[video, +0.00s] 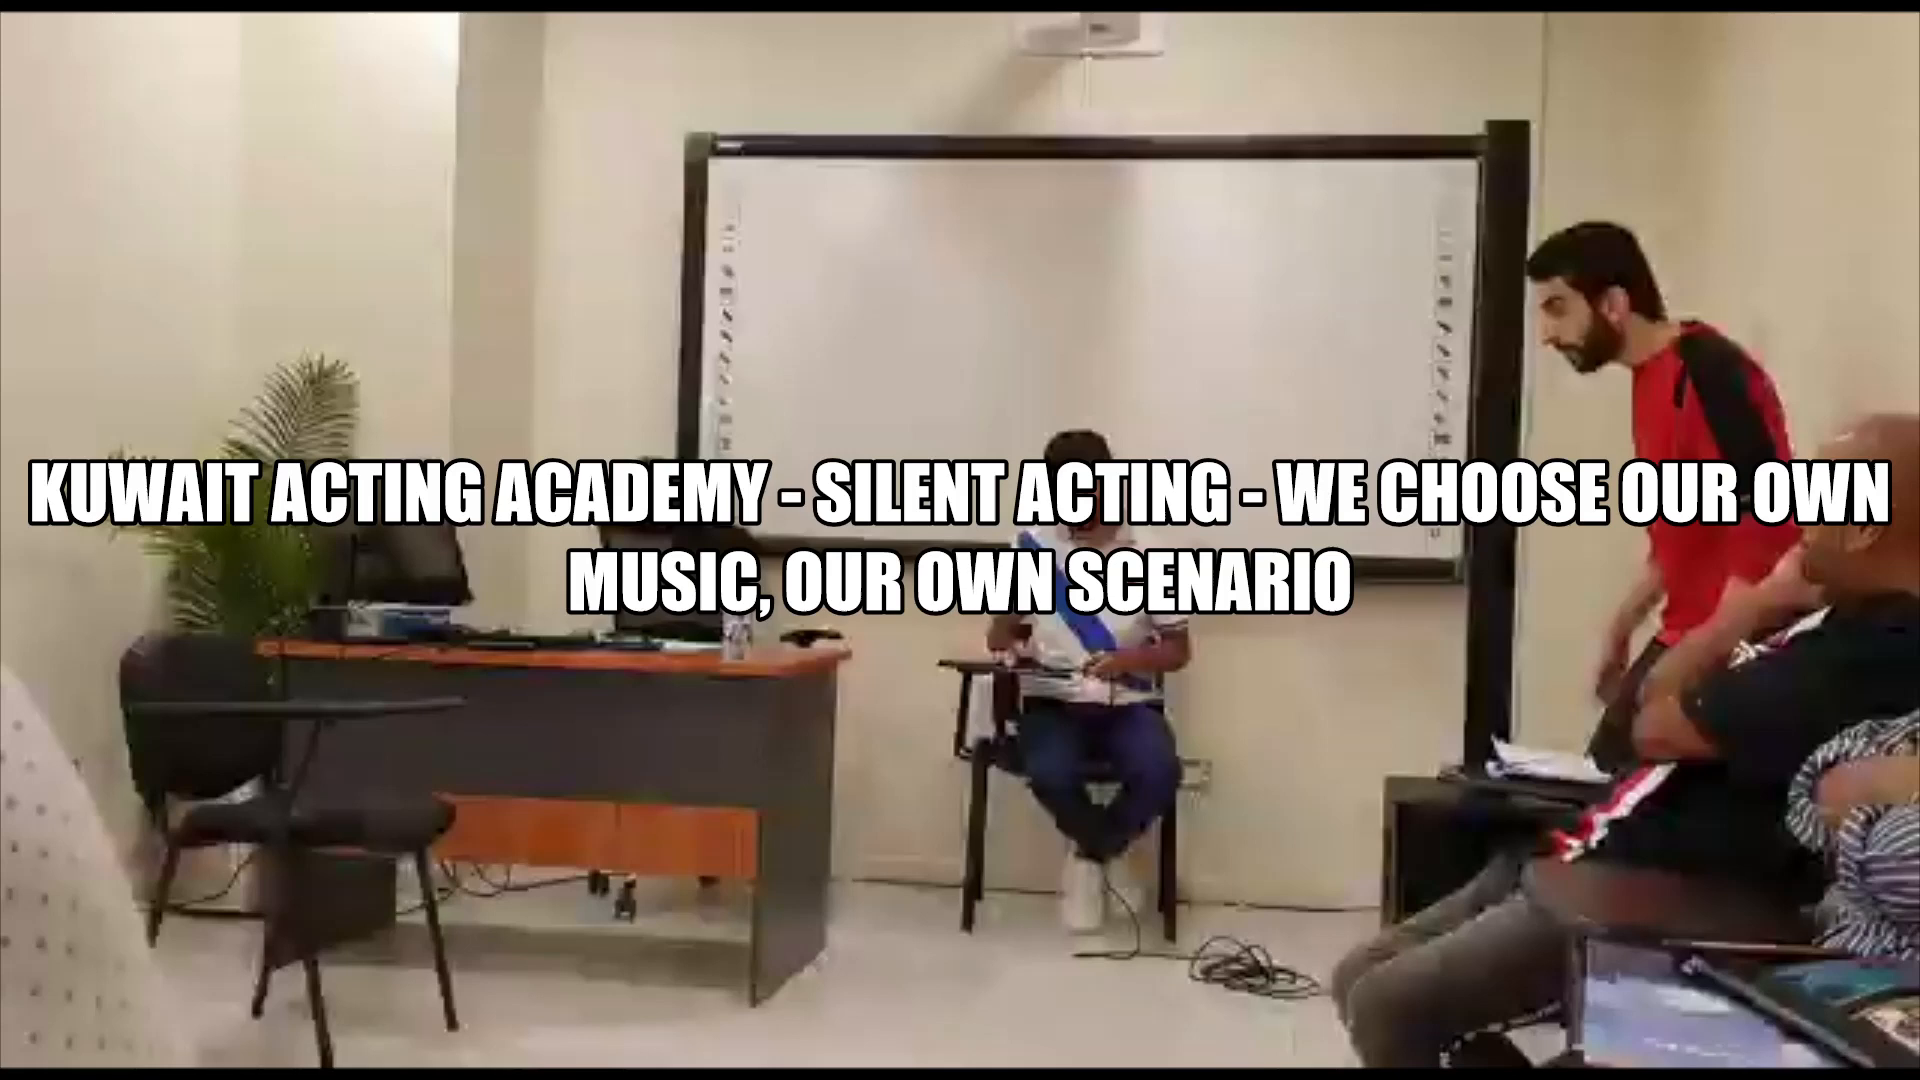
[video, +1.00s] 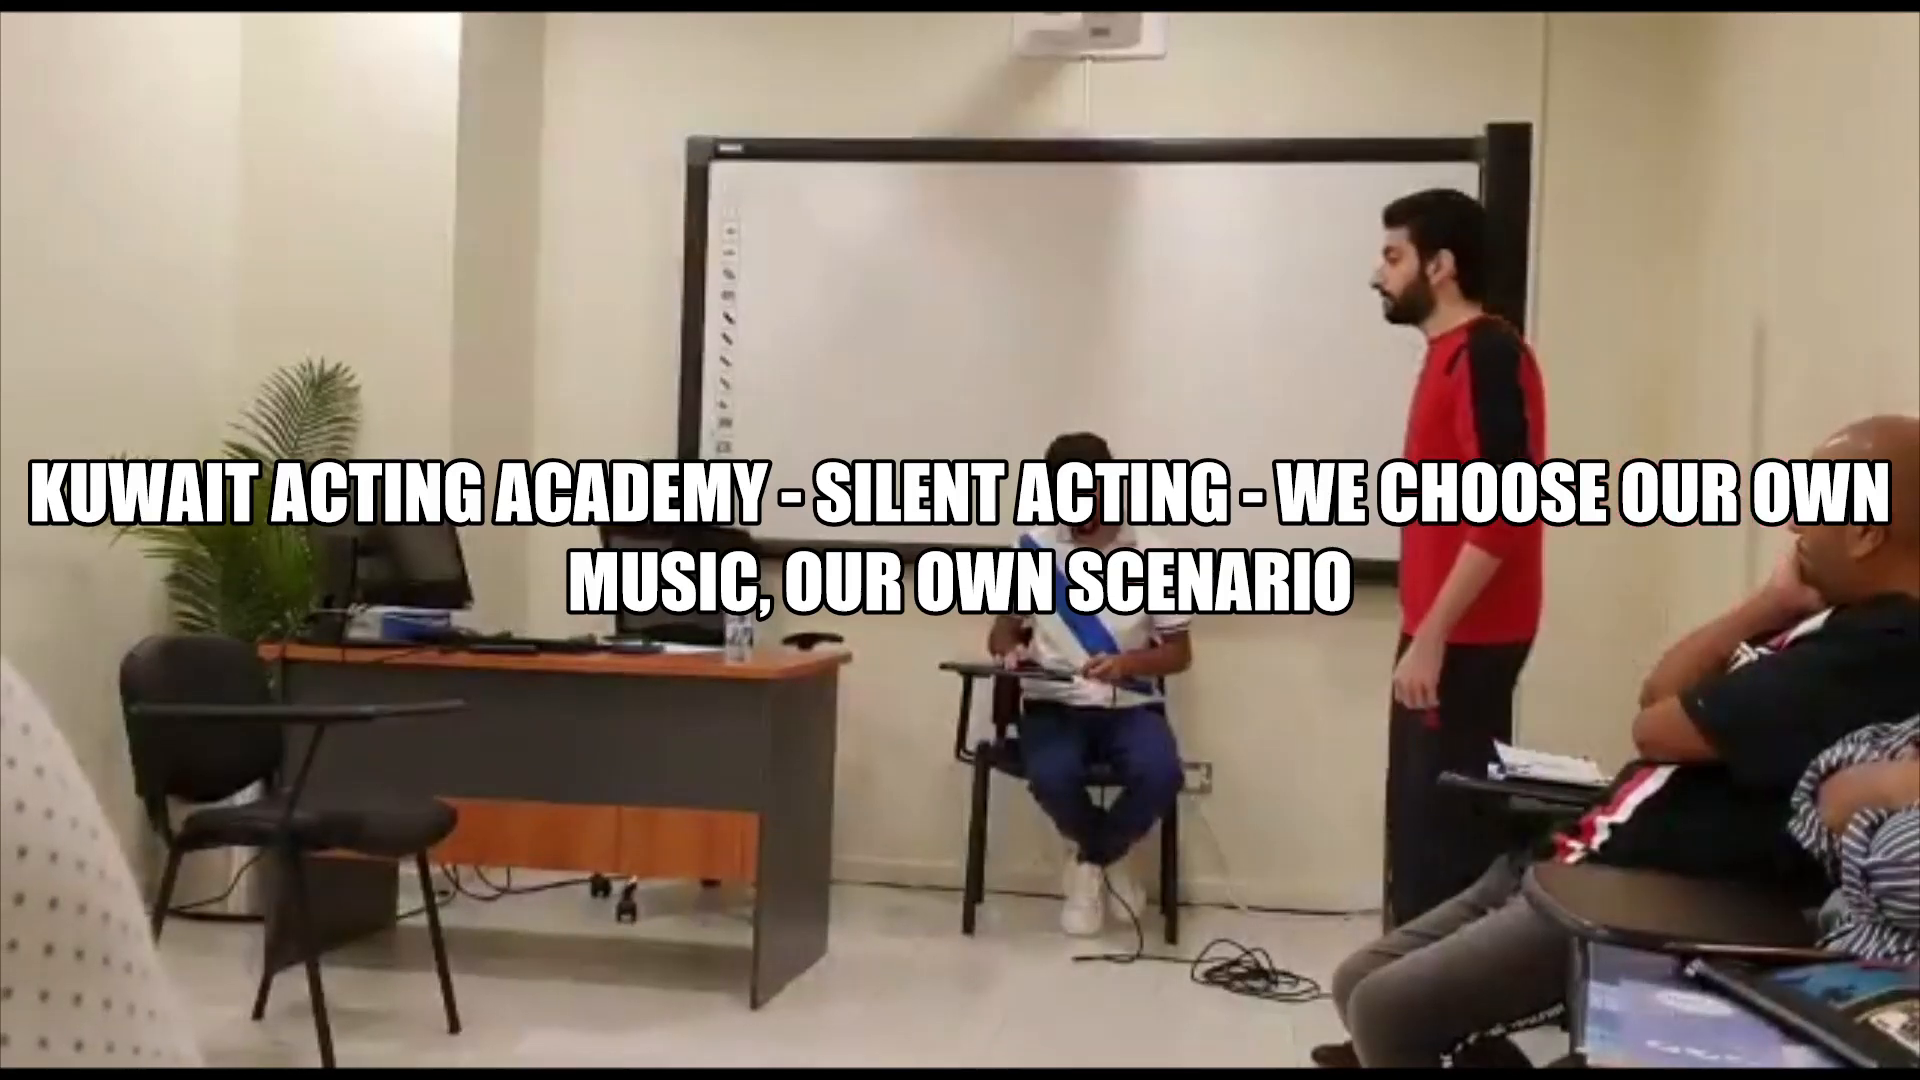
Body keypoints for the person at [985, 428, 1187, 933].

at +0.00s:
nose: (1079, 502)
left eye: (1088, 487)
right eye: (1068, 488)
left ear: (1110, 485)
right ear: (1051, 490)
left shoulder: (1144, 551)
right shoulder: (1033, 548)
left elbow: (1178, 650)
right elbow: (997, 639)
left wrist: (1124, 661)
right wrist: (1012, 628)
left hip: (1128, 705)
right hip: (1054, 703)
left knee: (1159, 773)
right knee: (1050, 777)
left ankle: (1087, 858)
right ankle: (1112, 855)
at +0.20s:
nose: (1080, 503)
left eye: (1088, 488)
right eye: (1068, 489)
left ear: (1110, 485)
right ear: (1051, 491)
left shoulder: (1143, 551)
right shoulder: (1034, 548)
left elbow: (1178, 651)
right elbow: (997, 640)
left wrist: (1124, 661)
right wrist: (1012, 625)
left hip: (1129, 704)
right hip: (1054, 703)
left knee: (1158, 773)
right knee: (1051, 777)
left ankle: (1087, 860)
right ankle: (1110, 852)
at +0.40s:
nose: (1082, 502)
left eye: (1091, 487)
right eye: (1070, 489)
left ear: (1111, 485)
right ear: (1052, 490)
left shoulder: (1144, 551)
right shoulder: (1033, 549)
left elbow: (1179, 651)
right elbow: (998, 636)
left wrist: (1125, 662)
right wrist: (1010, 637)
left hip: (1129, 706)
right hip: (1053, 705)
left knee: (1159, 775)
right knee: (1050, 778)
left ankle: (1087, 862)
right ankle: (1110, 855)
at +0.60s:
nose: (1083, 502)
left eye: (1091, 488)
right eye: (1070, 489)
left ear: (1111, 485)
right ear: (1052, 491)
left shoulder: (1144, 551)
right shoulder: (1034, 549)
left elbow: (1179, 652)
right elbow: (997, 640)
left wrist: (1125, 663)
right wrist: (1010, 632)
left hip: (1130, 705)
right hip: (1054, 704)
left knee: (1159, 775)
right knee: (1050, 779)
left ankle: (1088, 864)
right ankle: (1108, 855)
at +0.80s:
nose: (1082, 503)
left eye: (1090, 488)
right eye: (1070, 490)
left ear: (1111, 485)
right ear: (1052, 491)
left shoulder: (1145, 549)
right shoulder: (1034, 548)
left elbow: (1179, 652)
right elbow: (998, 640)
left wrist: (1125, 663)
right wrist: (1010, 634)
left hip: (1130, 705)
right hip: (1053, 704)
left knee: (1160, 776)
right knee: (1051, 778)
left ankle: (1088, 866)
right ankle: (1109, 856)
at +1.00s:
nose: (1082, 505)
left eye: (1090, 490)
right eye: (1070, 492)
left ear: (1111, 486)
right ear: (1053, 493)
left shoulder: (1145, 551)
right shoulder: (1035, 549)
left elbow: (1179, 653)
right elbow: (999, 639)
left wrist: (1125, 664)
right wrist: (1009, 637)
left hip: (1130, 705)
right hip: (1053, 704)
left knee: (1160, 776)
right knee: (1051, 780)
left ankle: (1088, 866)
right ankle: (1108, 857)